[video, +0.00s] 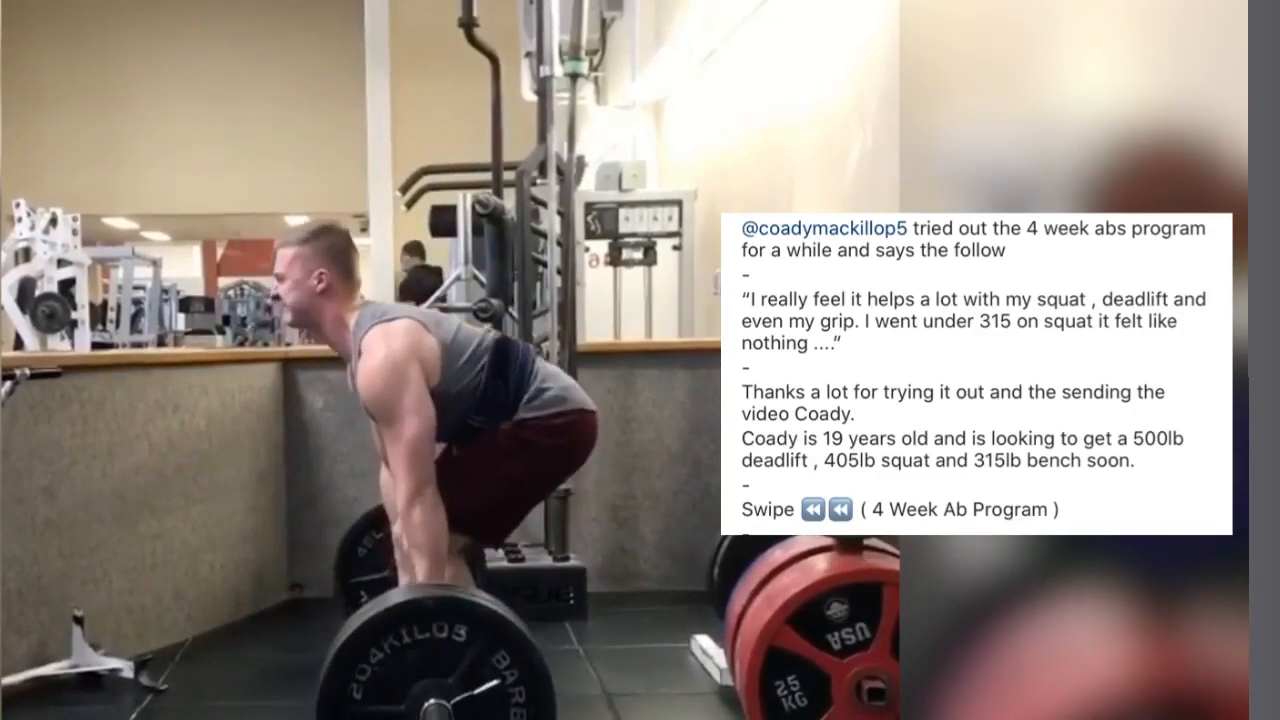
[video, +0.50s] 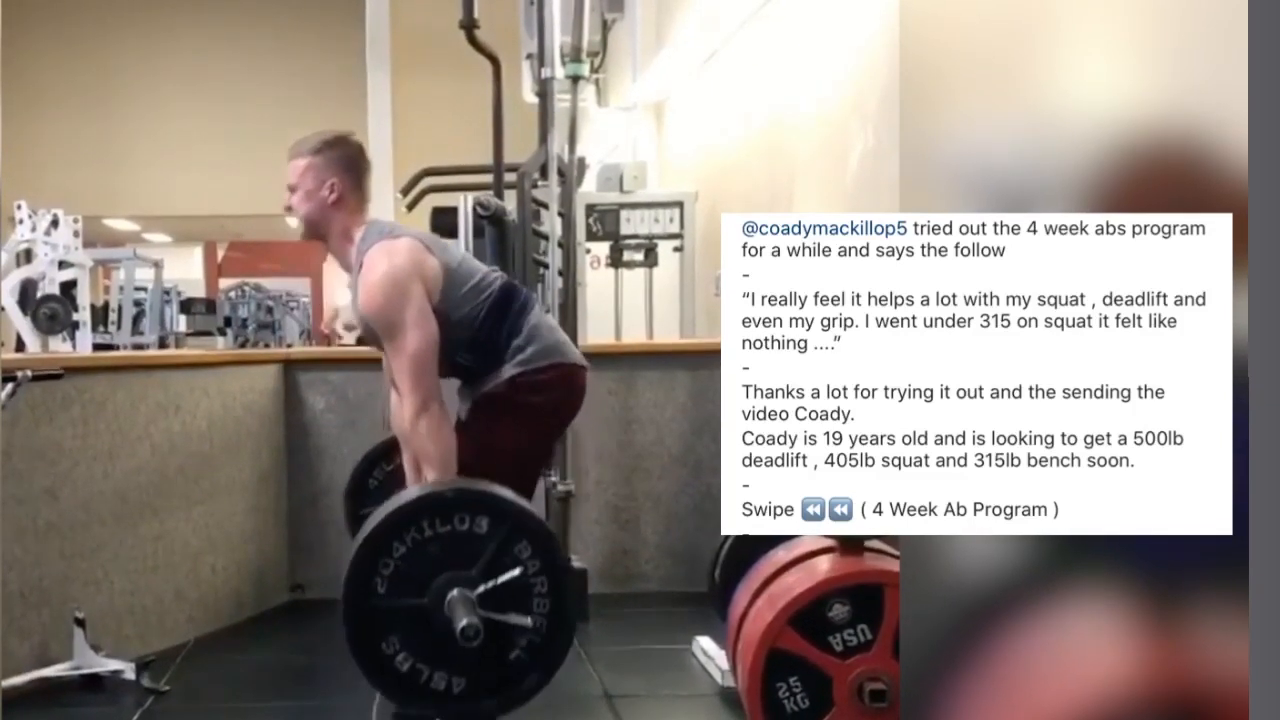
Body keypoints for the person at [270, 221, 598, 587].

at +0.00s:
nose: (273, 291)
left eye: (281, 279)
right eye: (275, 279)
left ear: (320, 281)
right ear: (318, 281)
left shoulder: (386, 356)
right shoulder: (367, 350)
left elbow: (418, 498)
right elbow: (392, 471)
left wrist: (432, 619)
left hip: (551, 417)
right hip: (523, 416)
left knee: (433, 537)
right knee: (416, 529)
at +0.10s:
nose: (275, 282)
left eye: (283, 270)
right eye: (276, 271)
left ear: (322, 270)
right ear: (320, 271)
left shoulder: (388, 345)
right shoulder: (367, 342)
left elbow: (421, 485)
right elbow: (393, 460)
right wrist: (412, 580)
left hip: (552, 406)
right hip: (523, 406)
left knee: (440, 532)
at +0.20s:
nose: (276, 267)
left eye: (283, 255)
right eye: (277, 256)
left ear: (322, 255)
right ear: (322, 256)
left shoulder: (387, 329)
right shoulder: (364, 327)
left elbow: (420, 467)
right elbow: (394, 446)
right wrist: (415, 569)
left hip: (550, 394)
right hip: (520, 396)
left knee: (445, 536)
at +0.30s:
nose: (276, 247)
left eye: (284, 235)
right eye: (277, 236)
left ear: (323, 236)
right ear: (322, 236)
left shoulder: (386, 312)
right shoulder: (367, 310)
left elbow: (421, 449)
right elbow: (395, 430)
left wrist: (439, 565)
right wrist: (415, 545)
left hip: (546, 384)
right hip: (517, 385)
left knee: (459, 524)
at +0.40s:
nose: (280, 227)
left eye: (288, 214)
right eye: (281, 215)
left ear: (325, 215)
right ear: (323, 215)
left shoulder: (387, 292)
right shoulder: (369, 291)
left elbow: (423, 428)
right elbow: (398, 415)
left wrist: (443, 540)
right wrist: (416, 523)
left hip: (542, 379)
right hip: (512, 382)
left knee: (469, 518)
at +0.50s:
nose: (287, 204)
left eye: (294, 190)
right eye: (288, 191)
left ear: (331, 191)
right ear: (329, 193)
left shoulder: (389, 270)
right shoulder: (371, 269)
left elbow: (424, 406)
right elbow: (401, 394)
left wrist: (448, 520)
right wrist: (417, 505)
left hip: (537, 372)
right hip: (509, 374)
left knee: (472, 513)